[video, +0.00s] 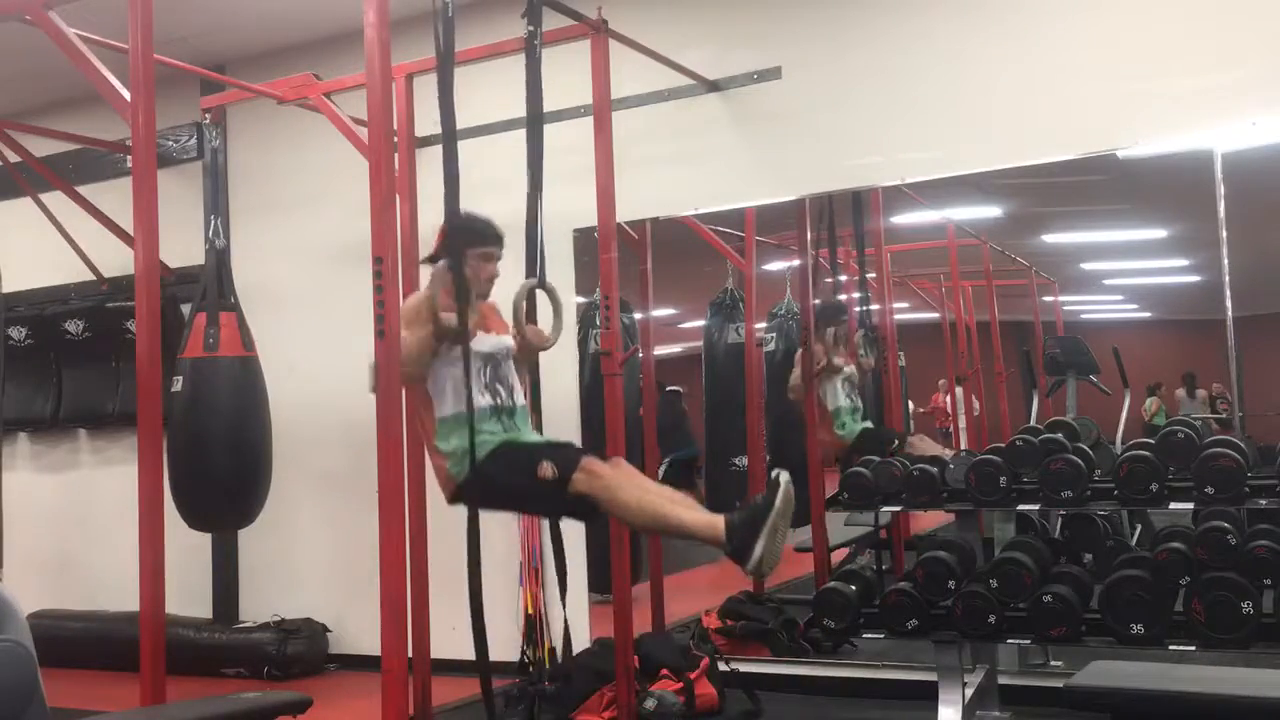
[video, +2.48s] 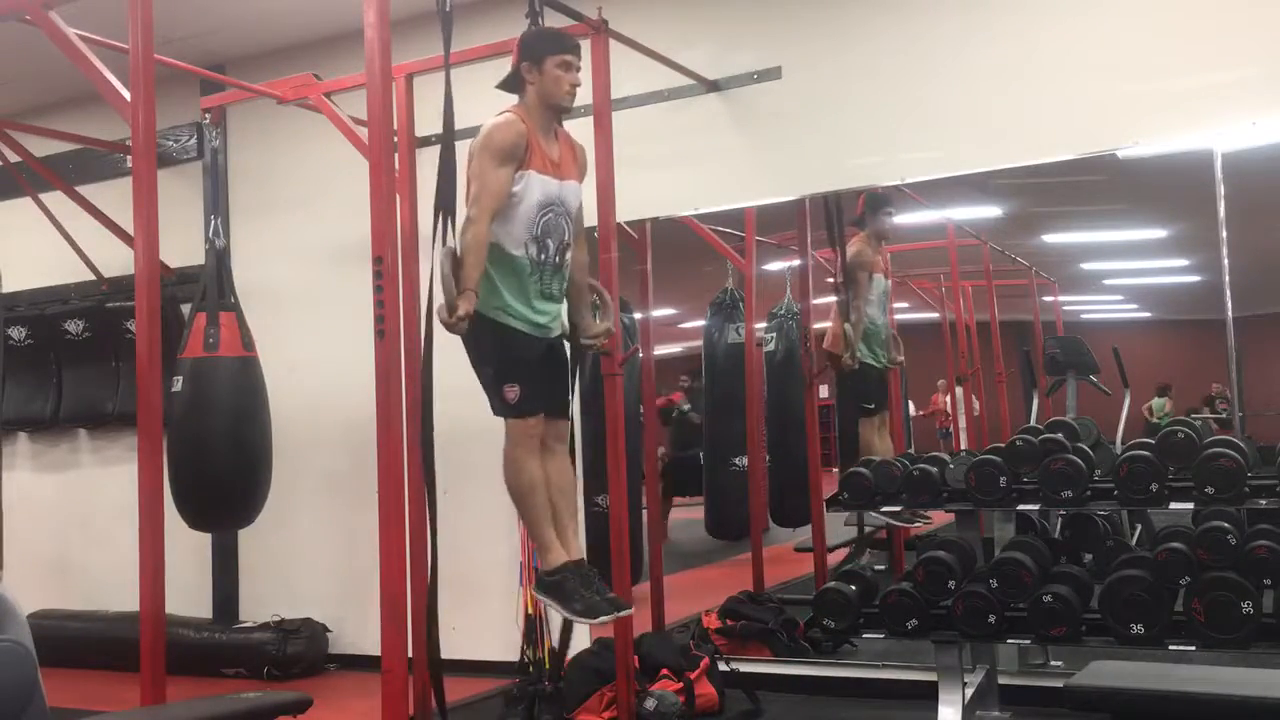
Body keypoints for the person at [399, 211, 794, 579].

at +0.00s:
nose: (494, 271)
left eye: (497, 261)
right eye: (483, 261)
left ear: (494, 262)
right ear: (452, 262)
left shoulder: (489, 311)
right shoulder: (422, 307)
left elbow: (518, 385)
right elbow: (401, 369)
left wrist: (530, 354)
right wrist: (440, 333)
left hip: (514, 445)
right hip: (472, 458)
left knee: (618, 470)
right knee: (592, 475)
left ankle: (740, 539)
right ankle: (728, 533)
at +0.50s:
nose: (592, 269)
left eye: (594, 257)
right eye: (583, 256)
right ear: (547, 253)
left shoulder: (559, 296)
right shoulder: (492, 276)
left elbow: (549, 323)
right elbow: (408, 243)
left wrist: (554, 338)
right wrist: (422, 312)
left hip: (492, 416)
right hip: (439, 414)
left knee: (562, 494)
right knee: (532, 499)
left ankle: (621, 622)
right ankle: (617, 622)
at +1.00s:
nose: (596, 182)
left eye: (597, 171)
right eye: (584, 171)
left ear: (586, 181)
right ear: (550, 178)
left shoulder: (577, 239)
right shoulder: (513, 229)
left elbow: (536, 290)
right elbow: (416, 232)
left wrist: (543, 328)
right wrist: (425, 305)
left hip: (513, 384)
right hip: (459, 377)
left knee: (518, 499)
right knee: (491, 499)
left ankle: (496, 636)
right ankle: (479, 639)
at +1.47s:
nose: (577, 92)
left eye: (579, 82)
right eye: (566, 81)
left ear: (570, 91)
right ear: (530, 85)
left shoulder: (565, 160)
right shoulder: (500, 148)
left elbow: (540, 245)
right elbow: (440, 228)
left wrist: (548, 313)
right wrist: (433, 305)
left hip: (520, 327)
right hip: (475, 322)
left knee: (508, 442)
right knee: (480, 441)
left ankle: (489, 570)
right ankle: (458, 573)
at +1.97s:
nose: (562, 85)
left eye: (565, 76)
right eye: (551, 74)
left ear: (561, 85)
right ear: (516, 77)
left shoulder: (553, 153)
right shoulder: (492, 137)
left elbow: (545, 241)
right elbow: (461, 221)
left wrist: (551, 310)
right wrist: (450, 301)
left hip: (527, 313)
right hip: (480, 308)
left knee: (539, 430)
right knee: (512, 427)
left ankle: (562, 556)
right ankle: (536, 561)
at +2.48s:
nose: (575, 79)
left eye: (577, 70)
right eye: (563, 68)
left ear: (575, 78)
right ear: (528, 72)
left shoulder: (572, 149)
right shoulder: (505, 134)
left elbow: (573, 240)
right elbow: (479, 216)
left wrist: (585, 313)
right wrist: (468, 292)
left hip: (547, 313)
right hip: (499, 309)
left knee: (556, 432)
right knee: (526, 428)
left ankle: (573, 561)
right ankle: (552, 565)